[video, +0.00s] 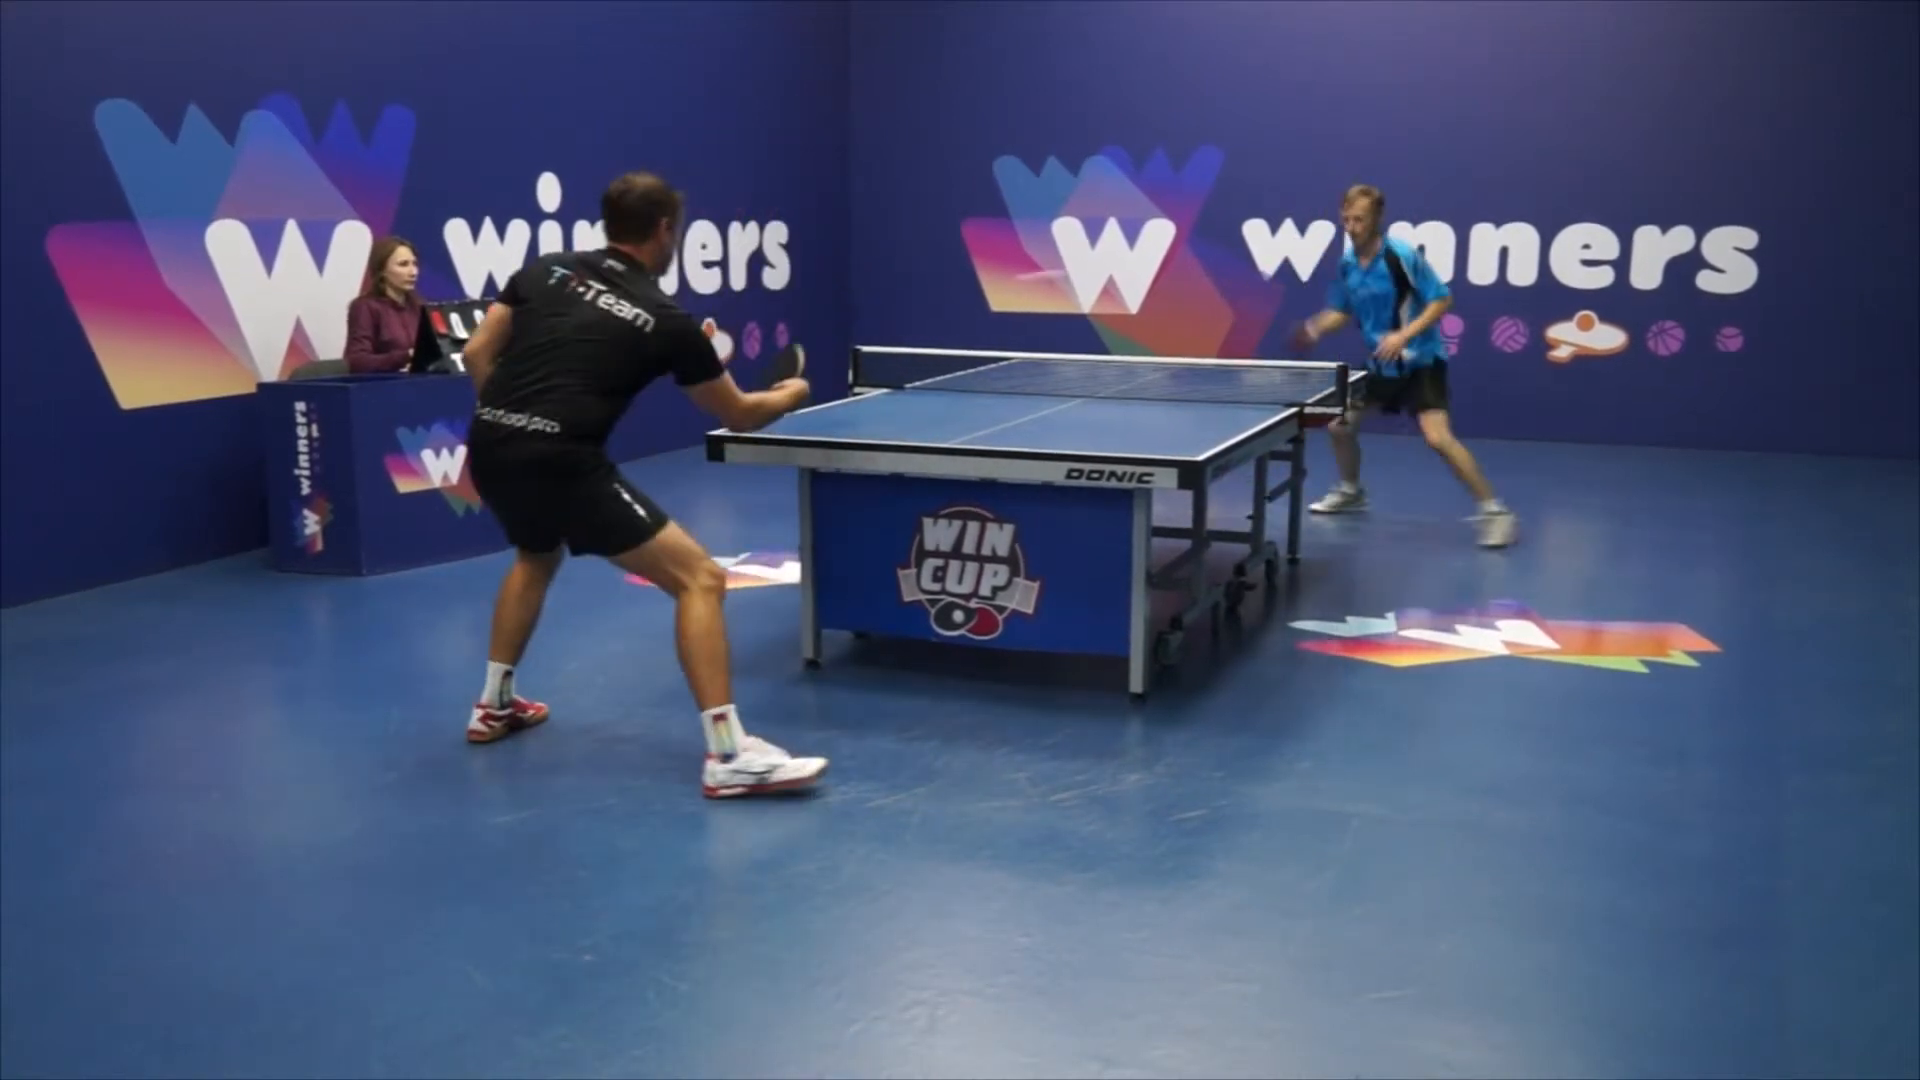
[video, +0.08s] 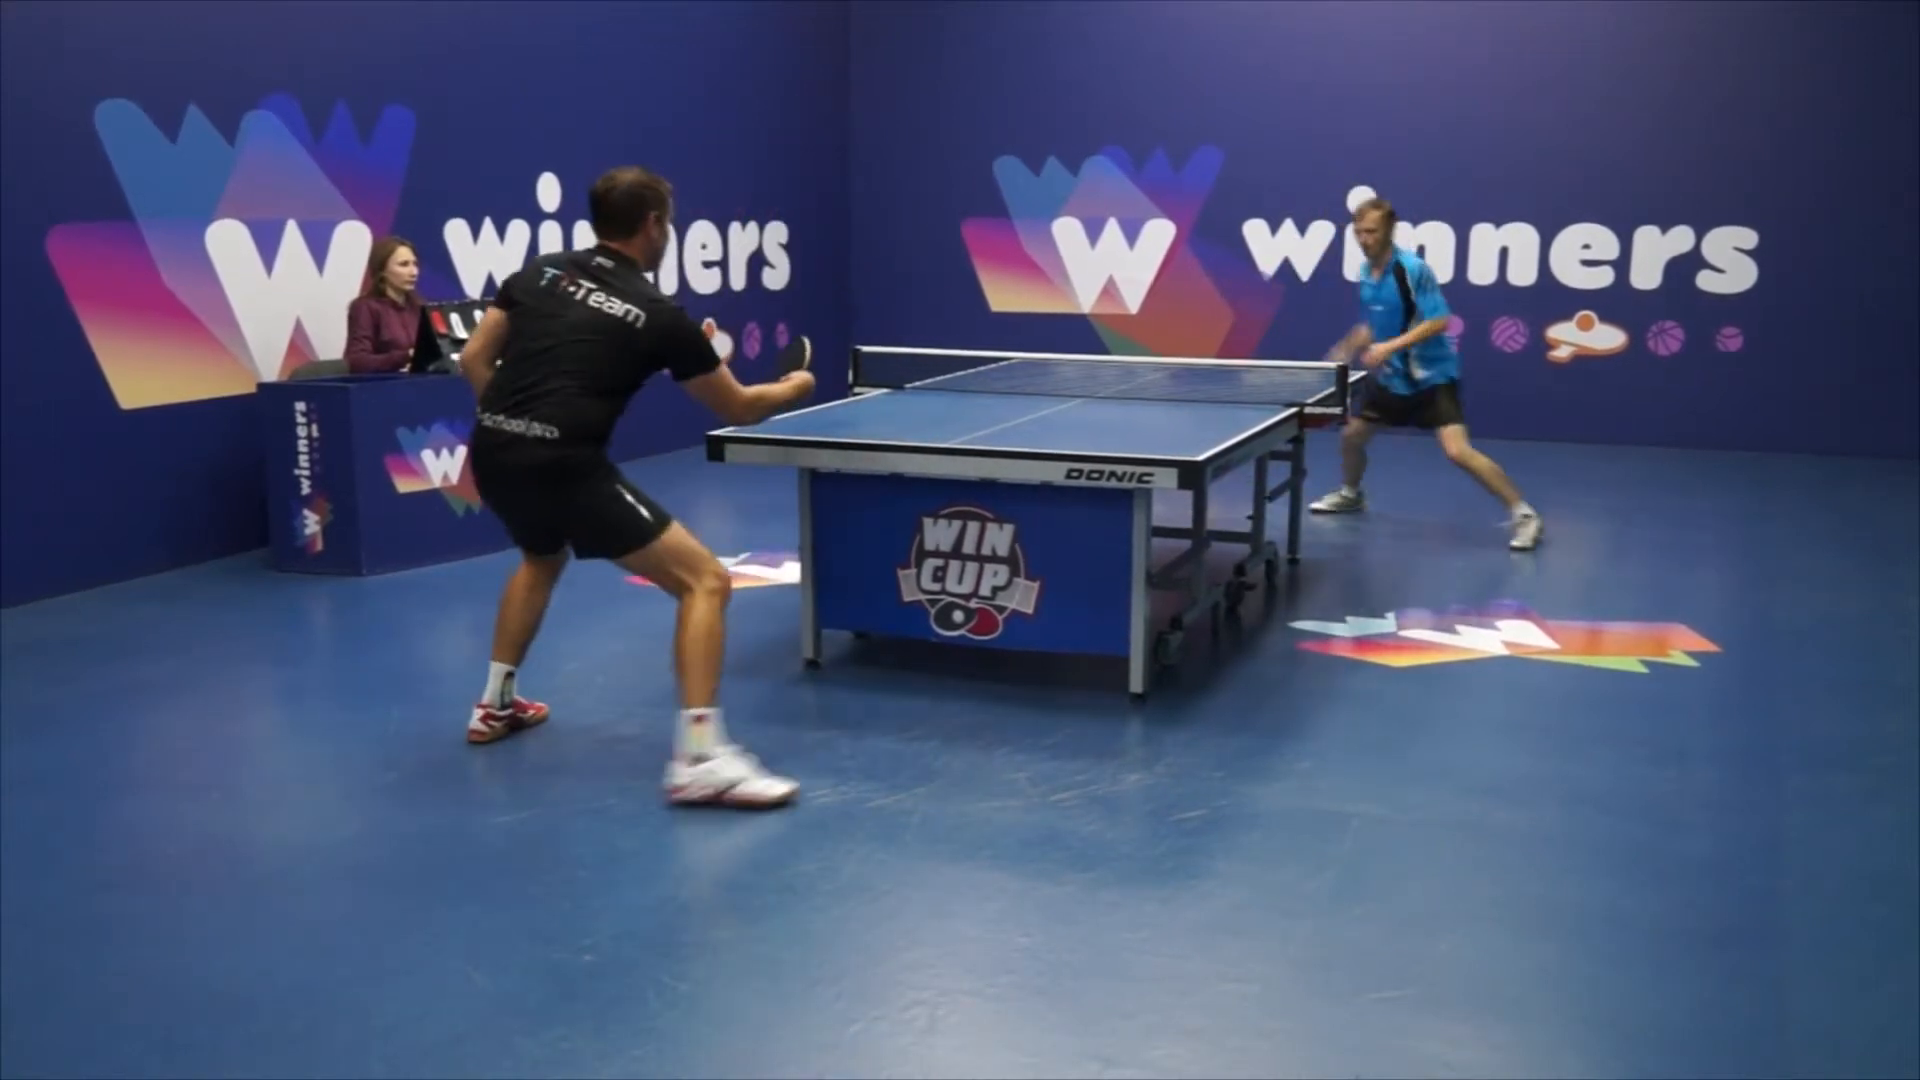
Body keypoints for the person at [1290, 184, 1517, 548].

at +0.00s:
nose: (1351, 225)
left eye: (1359, 219)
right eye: (1348, 218)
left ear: (1377, 221)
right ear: (1343, 219)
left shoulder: (1402, 255)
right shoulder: (1348, 262)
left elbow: (1441, 300)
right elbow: (1341, 311)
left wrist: (1404, 335)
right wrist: (1315, 327)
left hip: (1422, 362)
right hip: (1382, 364)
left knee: (1438, 436)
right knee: (1340, 426)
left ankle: (1493, 510)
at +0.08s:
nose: (1364, 239)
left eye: (1372, 231)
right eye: (1360, 231)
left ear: (1390, 232)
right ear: (1355, 233)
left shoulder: (1414, 269)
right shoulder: (1367, 275)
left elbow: (1438, 321)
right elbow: (1373, 323)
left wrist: (1388, 346)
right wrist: (1346, 348)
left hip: (1433, 378)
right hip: (1391, 377)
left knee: (1457, 451)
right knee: (1352, 435)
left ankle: (1523, 514)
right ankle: (1350, 493)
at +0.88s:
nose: (1501, 215)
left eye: (1509, 208)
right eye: (1497, 207)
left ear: (1529, 212)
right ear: (1493, 210)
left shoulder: (1548, 259)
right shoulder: (1484, 251)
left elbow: (1570, 311)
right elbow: (1453, 291)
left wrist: (1562, 353)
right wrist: (1450, 288)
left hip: (1533, 371)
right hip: (1486, 368)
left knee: (1566, 436)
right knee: (1438, 427)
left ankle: (1613, 513)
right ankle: (1444, 481)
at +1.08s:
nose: (1436, 236)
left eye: (1443, 228)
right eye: (1431, 229)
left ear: (1461, 230)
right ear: (1428, 232)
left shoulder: (1481, 270)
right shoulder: (1439, 276)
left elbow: (1505, 318)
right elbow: (1444, 318)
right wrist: (1413, 333)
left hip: (1500, 368)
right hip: (1461, 367)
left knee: (1516, 445)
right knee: (1411, 425)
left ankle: (1568, 506)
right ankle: (1392, 479)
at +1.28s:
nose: (1355, 251)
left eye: (1361, 245)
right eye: (1352, 245)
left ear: (1378, 245)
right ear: (1352, 245)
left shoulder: (1380, 272)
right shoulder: (1400, 274)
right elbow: (1442, 317)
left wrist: (1347, 317)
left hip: (1438, 370)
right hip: (1413, 374)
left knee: (1476, 438)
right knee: (1363, 416)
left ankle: (1547, 497)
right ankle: (1377, 482)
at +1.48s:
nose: (1297, 219)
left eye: (1302, 212)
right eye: (1293, 213)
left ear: (1322, 210)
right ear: (1293, 216)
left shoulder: (1349, 233)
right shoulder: (1301, 260)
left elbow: (1389, 238)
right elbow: (1283, 309)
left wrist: (1349, 244)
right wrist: (1241, 296)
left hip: (1387, 327)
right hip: (1354, 338)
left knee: (1384, 401)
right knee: (1350, 413)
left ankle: (1399, 479)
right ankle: (1375, 478)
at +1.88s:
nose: (1242, 228)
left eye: (1249, 222)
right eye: (1238, 220)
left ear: (1261, 225)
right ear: (1231, 222)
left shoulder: (1276, 264)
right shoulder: (1217, 259)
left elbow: (1292, 304)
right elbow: (1195, 306)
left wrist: (1303, 341)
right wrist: (1221, 290)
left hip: (1260, 353)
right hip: (1217, 352)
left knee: (1286, 408)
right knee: (1203, 411)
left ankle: (1296, 474)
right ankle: (1195, 471)